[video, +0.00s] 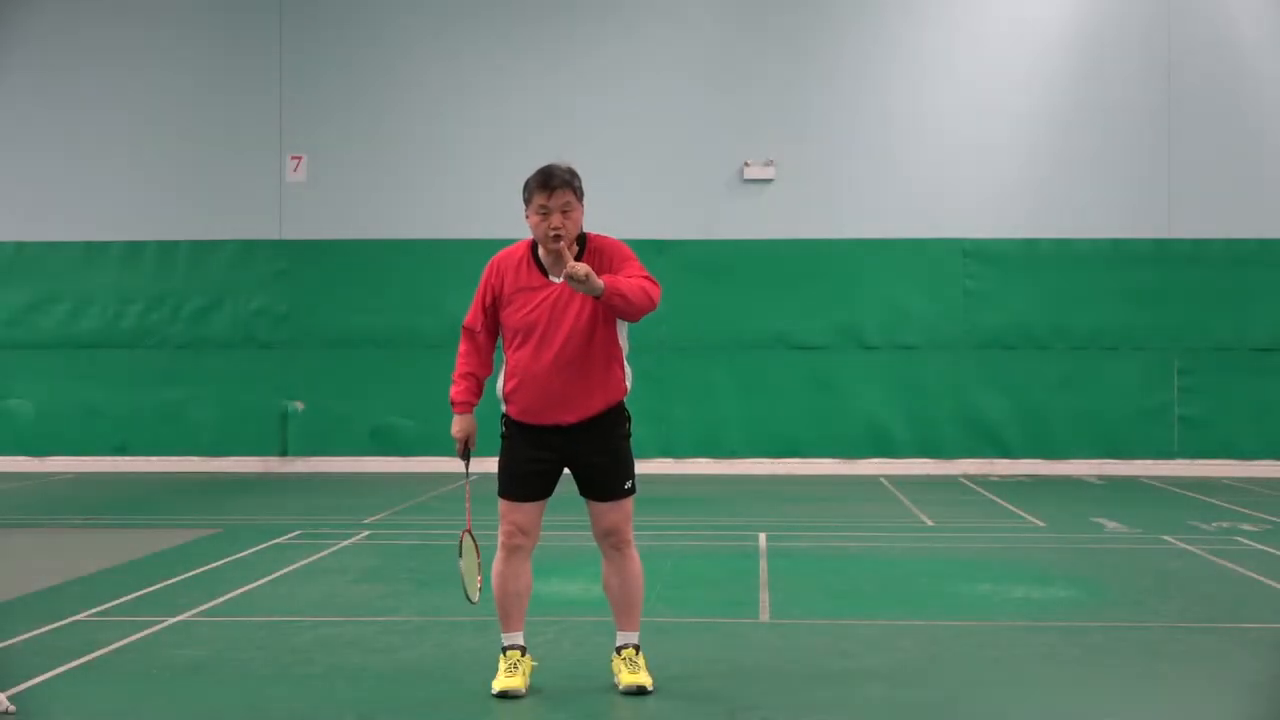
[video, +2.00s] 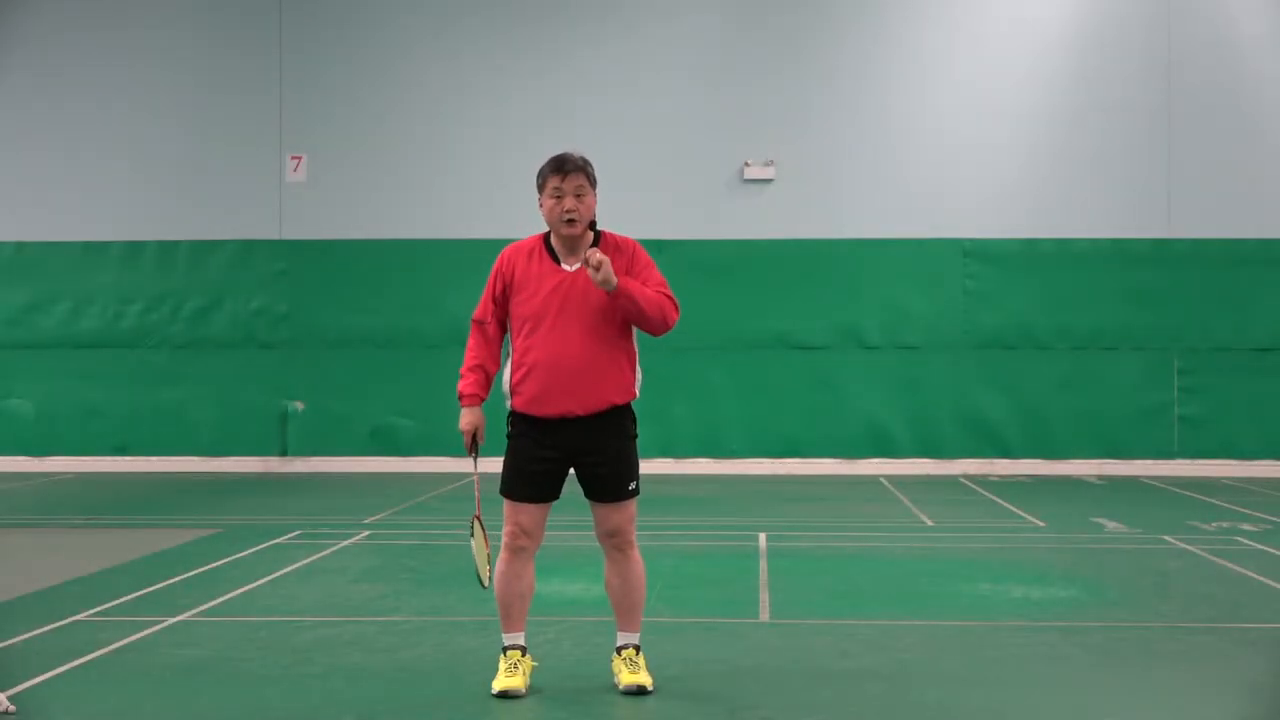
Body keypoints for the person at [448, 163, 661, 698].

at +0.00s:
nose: (555, 223)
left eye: (565, 212)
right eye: (544, 213)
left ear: (581, 213)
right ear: (528, 216)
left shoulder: (606, 254)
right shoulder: (504, 267)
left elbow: (646, 298)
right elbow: (476, 337)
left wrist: (597, 285)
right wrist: (463, 408)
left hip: (600, 422)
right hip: (528, 427)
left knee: (616, 536)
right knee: (514, 538)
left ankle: (628, 649)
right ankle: (513, 652)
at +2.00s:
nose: (568, 205)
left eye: (578, 195)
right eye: (557, 196)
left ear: (594, 199)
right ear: (541, 204)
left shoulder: (624, 254)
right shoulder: (514, 261)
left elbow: (663, 317)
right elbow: (486, 330)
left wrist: (614, 286)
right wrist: (471, 401)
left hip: (607, 420)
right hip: (533, 423)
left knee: (619, 536)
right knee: (518, 538)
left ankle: (629, 650)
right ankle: (513, 652)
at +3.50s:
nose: (555, 215)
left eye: (566, 205)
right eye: (544, 206)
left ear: (582, 211)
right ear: (528, 213)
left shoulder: (610, 258)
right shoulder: (505, 269)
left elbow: (660, 314)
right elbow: (480, 340)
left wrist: (602, 293)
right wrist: (471, 412)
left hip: (605, 425)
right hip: (532, 428)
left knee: (619, 536)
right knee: (518, 537)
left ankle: (630, 650)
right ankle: (513, 652)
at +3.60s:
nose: (555, 215)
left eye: (566, 205)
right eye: (544, 205)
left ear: (582, 211)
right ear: (528, 213)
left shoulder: (610, 258)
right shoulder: (505, 269)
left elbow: (660, 313)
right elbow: (481, 340)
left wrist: (601, 292)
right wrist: (472, 412)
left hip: (605, 425)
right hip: (533, 429)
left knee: (620, 536)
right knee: (517, 538)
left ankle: (630, 649)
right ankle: (513, 652)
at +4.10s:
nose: (578, 190)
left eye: (589, 182)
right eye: (567, 183)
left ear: (607, 194)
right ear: (553, 198)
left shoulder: (640, 256)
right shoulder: (527, 262)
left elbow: (682, 317)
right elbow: (497, 333)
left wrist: (643, 330)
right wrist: (480, 406)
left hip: (621, 421)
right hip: (548, 422)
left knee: (627, 537)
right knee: (524, 536)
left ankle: (630, 650)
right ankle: (513, 651)